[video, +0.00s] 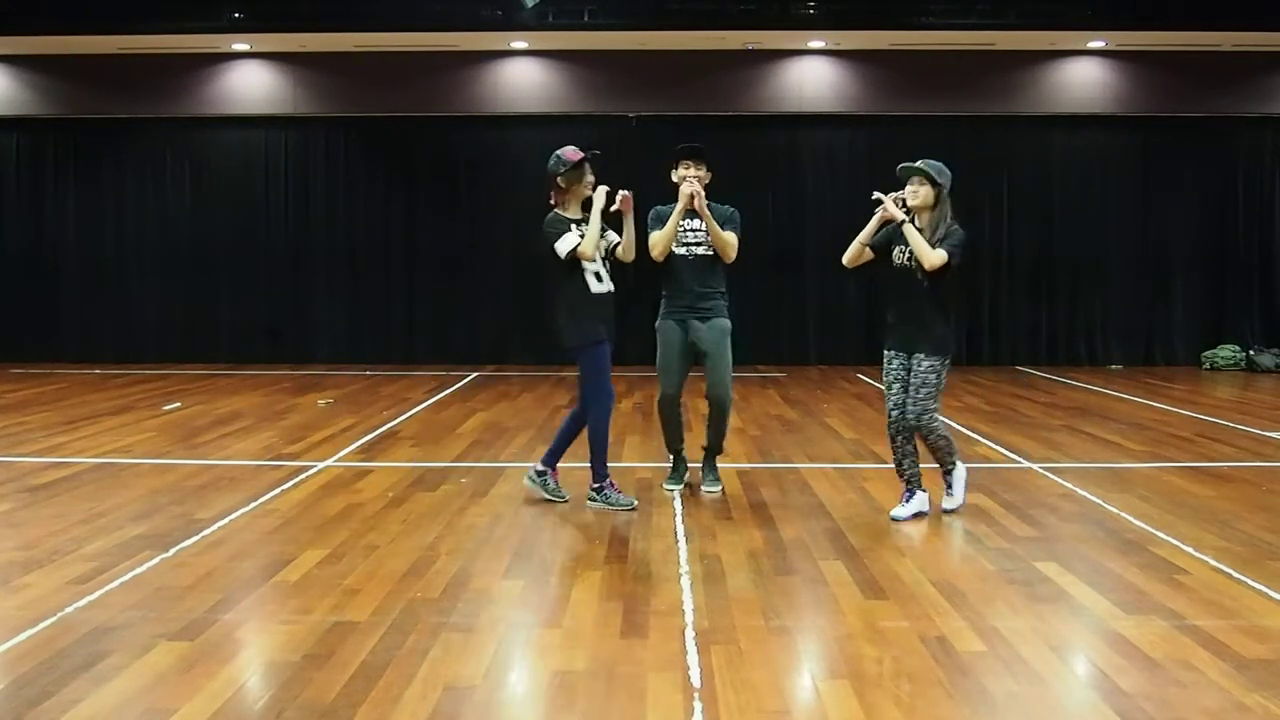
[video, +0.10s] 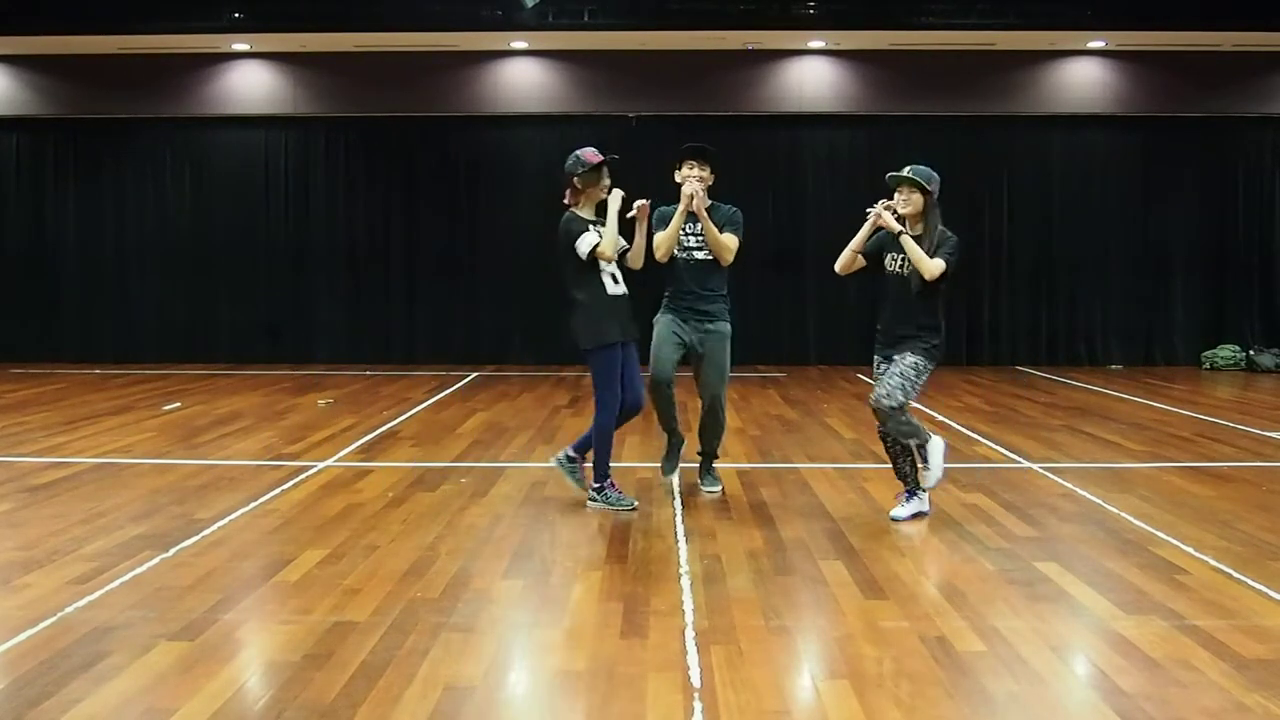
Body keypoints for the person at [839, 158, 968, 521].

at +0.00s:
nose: (909, 190)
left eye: (918, 185)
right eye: (908, 184)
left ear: (938, 192)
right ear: (906, 193)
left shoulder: (952, 233)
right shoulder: (897, 231)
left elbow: (931, 261)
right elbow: (850, 260)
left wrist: (902, 220)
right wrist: (877, 220)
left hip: (934, 339)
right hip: (897, 338)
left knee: (919, 415)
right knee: (896, 419)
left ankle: (953, 470)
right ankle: (914, 492)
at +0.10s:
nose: (901, 197)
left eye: (910, 191)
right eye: (898, 191)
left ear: (928, 197)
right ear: (894, 198)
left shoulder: (944, 240)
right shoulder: (888, 237)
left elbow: (931, 271)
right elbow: (842, 267)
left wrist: (898, 231)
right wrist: (868, 228)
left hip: (922, 342)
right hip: (886, 341)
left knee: (884, 403)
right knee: (888, 423)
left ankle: (929, 444)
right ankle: (915, 494)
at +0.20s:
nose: (896, 182)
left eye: (904, 178)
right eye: (893, 177)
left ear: (921, 187)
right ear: (887, 184)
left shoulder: (934, 228)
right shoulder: (877, 226)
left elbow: (932, 257)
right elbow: (828, 255)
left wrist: (897, 218)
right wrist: (859, 215)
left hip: (916, 329)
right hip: (885, 329)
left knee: (865, 379)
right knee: (892, 412)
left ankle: (907, 440)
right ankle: (915, 492)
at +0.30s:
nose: (889, 171)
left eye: (898, 168)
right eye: (886, 166)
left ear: (913, 181)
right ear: (877, 175)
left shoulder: (918, 215)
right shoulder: (864, 214)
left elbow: (928, 240)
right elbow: (813, 240)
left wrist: (891, 203)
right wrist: (847, 202)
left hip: (905, 322)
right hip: (872, 322)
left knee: (857, 382)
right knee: (893, 406)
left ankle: (884, 458)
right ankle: (914, 486)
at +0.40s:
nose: (877, 178)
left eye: (886, 174)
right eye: (874, 172)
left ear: (901, 186)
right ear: (865, 179)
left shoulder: (907, 221)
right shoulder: (853, 218)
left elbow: (914, 244)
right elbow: (804, 243)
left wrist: (882, 205)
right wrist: (836, 202)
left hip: (891, 333)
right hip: (857, 332)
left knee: (858, 409)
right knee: (883, 416)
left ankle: (865, 500)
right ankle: (913, 486)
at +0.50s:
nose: (858, 192)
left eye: (867, 186)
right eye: (856, 186)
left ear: (887, 191)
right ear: (851, 192)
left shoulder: (901, 234)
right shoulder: (846, 232)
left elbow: (894, 262)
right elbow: (801, 264)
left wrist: (863, 220)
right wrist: (826, 219)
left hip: (877, 345)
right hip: (843, 342)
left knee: (860, 425)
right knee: (837, 426)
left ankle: (865, 506)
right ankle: (892, 469)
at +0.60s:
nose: (844, 191)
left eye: (852, 185)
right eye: (841, 185)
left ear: (872, 190)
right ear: (838, 193)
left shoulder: (890, 233)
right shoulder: (835, 234)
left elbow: (880, 262)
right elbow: (790, 267)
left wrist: (846, 221)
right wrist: (812, 224)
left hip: (868, 353)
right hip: (830, 346)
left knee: (853, 431)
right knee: (801, 408)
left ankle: (866, 505)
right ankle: (855, 440)